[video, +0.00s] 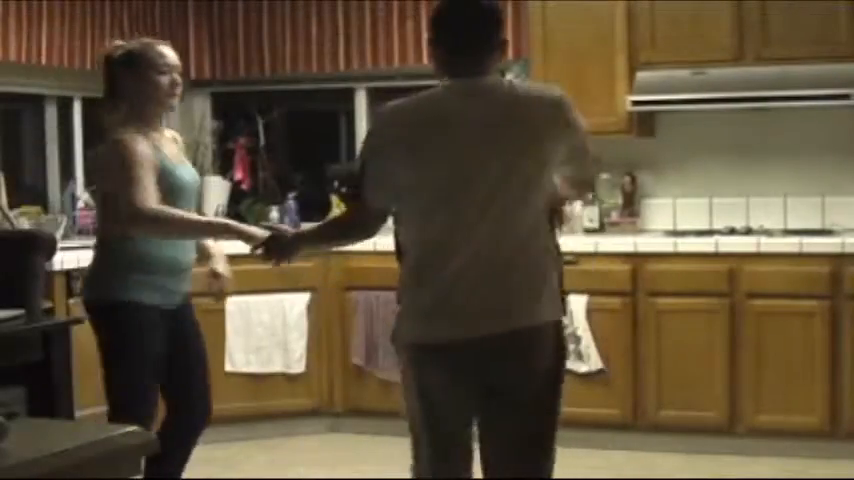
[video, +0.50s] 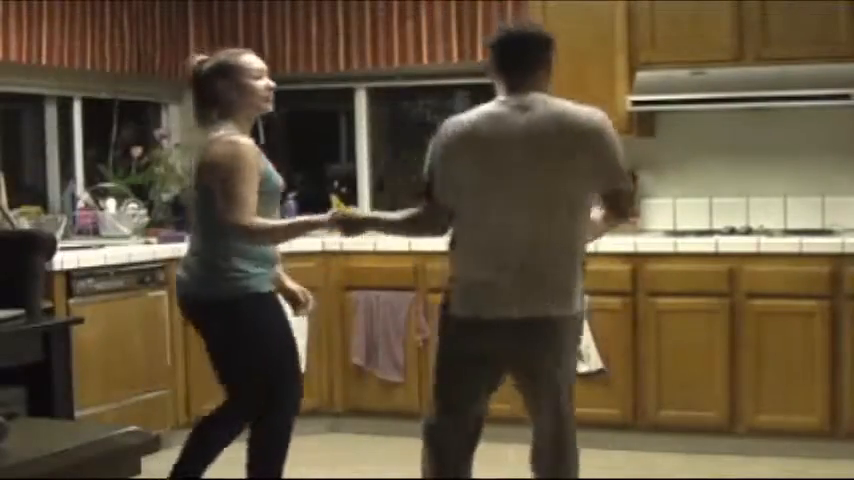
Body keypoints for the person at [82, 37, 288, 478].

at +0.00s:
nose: (177, 81)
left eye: (179, 73)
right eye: (164, 73)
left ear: (179, 80)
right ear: (130, 82)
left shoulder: (170, 140)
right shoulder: (124, 143)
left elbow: (185, 211)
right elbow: (138, 213)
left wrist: (213, 251)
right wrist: (237, 230)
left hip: (170, 296)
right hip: (126, 297)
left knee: (193, 410)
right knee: (135, 420)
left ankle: (159, 476)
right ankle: (120, 477)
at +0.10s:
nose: (196, 77)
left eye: (197, 69)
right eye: (183, 69)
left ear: (195, 78)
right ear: (149, 78)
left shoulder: (175, 135)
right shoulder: (151, 137)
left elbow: (181, 214)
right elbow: (176, 207)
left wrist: (225, 251)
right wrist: (262, 227)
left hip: (168, 286)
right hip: (146, 288)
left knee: (188, 406)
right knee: (184, 408)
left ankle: (146, 471)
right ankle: (156, 474)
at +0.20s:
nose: (215, 74)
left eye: (216, 66)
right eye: (202, 67)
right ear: (170, 78)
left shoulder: (176, 133)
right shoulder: (177, 134)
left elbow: (181, 219)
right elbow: (186, 201)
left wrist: (237, 246)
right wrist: (268, 226)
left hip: (163, 279)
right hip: (171, 281)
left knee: (186, 396)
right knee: (216, 396)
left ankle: (161, 470)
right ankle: (176, 473)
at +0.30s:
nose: (234, 77)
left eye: (233, 69)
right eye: (222, 70)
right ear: (190, 81)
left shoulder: (180, 137)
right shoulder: (198, 137)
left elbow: (198, 219)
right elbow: (199, 205)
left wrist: (256, 249)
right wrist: (279, 230)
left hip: (165, 284)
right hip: (196, 287)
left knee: (190, 397)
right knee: (240, 395)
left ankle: (157, 473)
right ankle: (232, 475)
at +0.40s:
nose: (253, 82)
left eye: (252, 75)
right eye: (241, 75)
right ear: (209, 87)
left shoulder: (202, 143)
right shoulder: (218, 145)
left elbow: (223, 224)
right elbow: (216, 216)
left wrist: (275, 262)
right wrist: (296, 234)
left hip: (189, 292)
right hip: (220, 293)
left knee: (207, 401)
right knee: (264, 395)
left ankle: (165, 475)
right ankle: (258, 476)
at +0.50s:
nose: (271, 84)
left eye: (268, 76)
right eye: (259, 77)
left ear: (235, 92)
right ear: (228, 88)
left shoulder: (223, 146)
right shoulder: (236, 148)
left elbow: (235, 232)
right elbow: (239, 223)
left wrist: (280, 280)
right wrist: (316, 223)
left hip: (211, 291)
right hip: (236, 293)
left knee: (245, 398)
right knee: (282, 393)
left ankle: (183, 474)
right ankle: (264, 474)